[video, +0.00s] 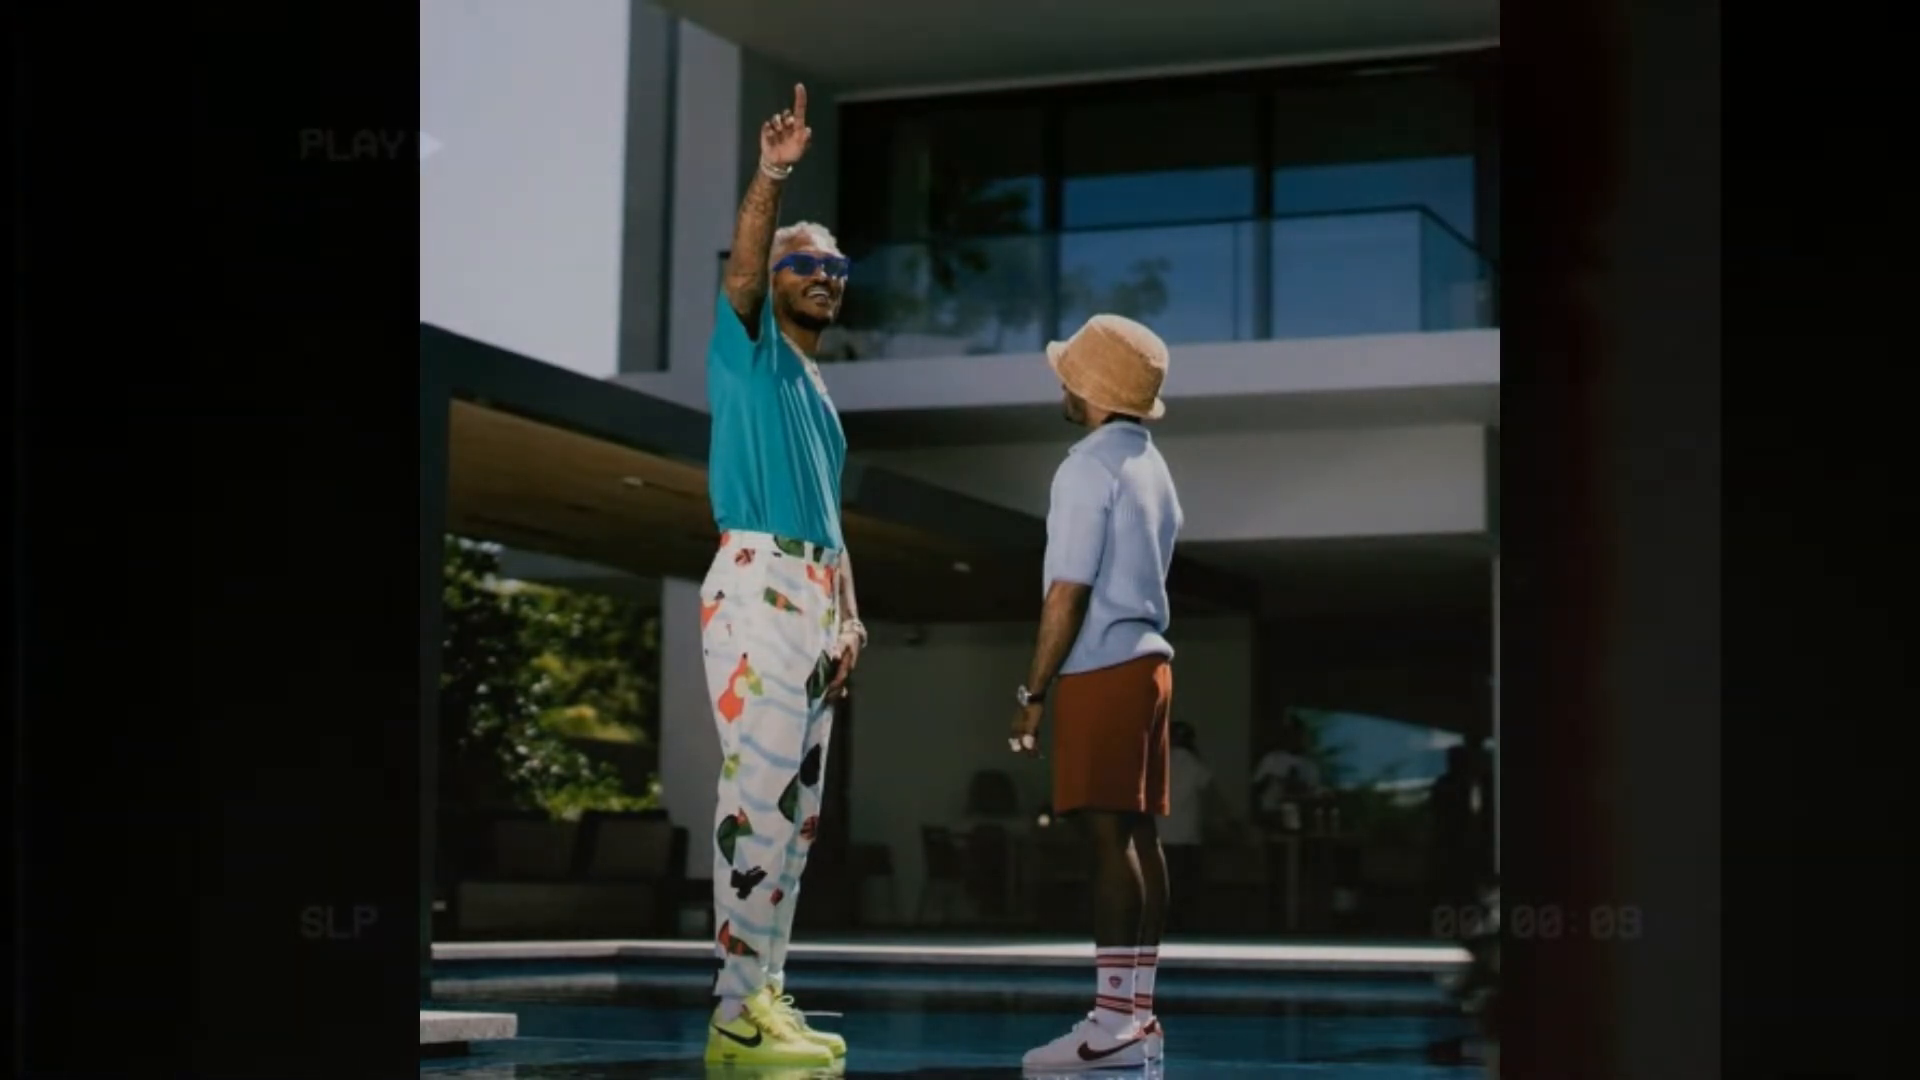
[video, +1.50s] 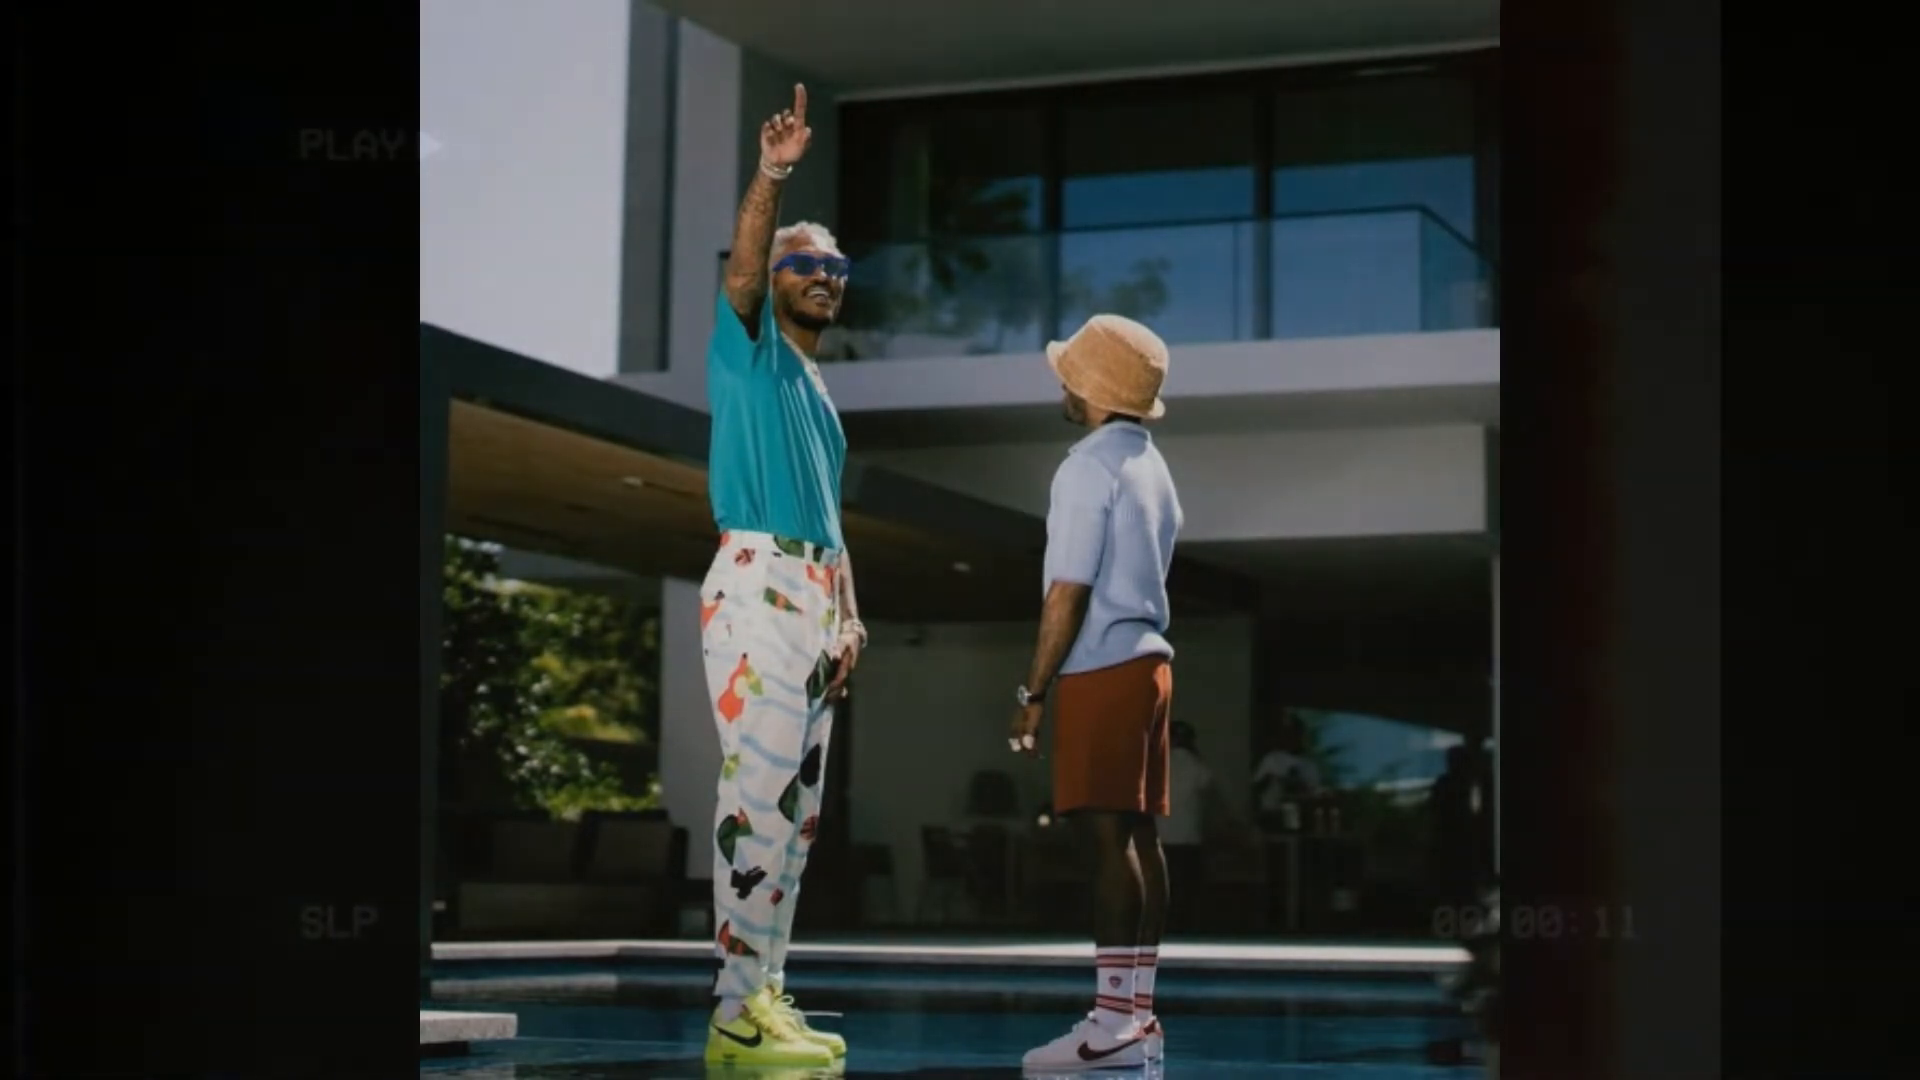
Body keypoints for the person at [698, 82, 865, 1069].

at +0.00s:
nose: (823, 282)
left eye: (834, 273)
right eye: (806, 268)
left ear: (842, 293)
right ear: (770, 278)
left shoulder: (819, 395)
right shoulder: (744, 344)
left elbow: (828, 520)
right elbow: (744, 266)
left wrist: (847, 612)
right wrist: (770, 173)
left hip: (814, 590)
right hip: (756, 582)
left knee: (794, 798)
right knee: (759, 791)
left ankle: (758, 1002)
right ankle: (746, 1004)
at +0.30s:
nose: (823, 282)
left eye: (834, 273)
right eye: (806, 268)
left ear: (842, 293)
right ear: (770, 278)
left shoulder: (819, 395)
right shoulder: (744, 344)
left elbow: (828, 520)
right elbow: (744, 266)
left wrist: (847, 612)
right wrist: (770, 173)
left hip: (814, 590)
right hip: (756, 582)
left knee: (795, 798)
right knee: (759, 791)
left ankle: (757, 1002)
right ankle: (746, 1004)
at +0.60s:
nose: (823, 282)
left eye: (834, 273)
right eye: (806, 267)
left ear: (841, 293)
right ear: (770, 277)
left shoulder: (819, 394)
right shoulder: (744, 342)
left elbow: (827, 519)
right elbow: (744, 266)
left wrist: (847, 612)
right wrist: (770, 173)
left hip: (814, 590)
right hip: (755, 582)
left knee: (794, 798)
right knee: (759, 791)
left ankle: (758, 1002)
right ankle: (746, 1004)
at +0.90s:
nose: (823, 283)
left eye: (834, 273)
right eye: (805, 268)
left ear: (841, 293)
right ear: (770, 279)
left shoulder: (819, 395)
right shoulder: (744, 344)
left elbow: (827, 520)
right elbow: (744, 267)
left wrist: (847, 612)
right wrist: (770, 174)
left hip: (814, 590)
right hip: (756, 582)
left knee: (794, 798)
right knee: (759, 791)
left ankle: (756, 1004)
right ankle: (746, 1004)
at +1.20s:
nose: (823, 282)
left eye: (834, 273)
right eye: (805, 268)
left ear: (841, 292)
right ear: (769, 279)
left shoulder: (819, 395)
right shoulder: (744, 344)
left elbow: (827, 521)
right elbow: (743, 269)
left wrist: (847, 612)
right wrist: (769, 174)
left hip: (814, 590)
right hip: (756, 582)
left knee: (794, 798)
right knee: (759, 791)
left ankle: (756, 1004)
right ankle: (747, 1003)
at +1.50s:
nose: (823, 282)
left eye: (834, 273)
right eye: (806, 268)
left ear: (841, 293)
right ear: (770, 278)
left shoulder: (818, 395)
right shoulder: (744, 343)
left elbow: (827, 520)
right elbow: (743, 268)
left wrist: (847, 613)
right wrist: (770, 173)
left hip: (814, 590)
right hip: (756, 582)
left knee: (794, 798)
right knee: (758, 791)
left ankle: (757, 1002)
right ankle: (746, 1003)